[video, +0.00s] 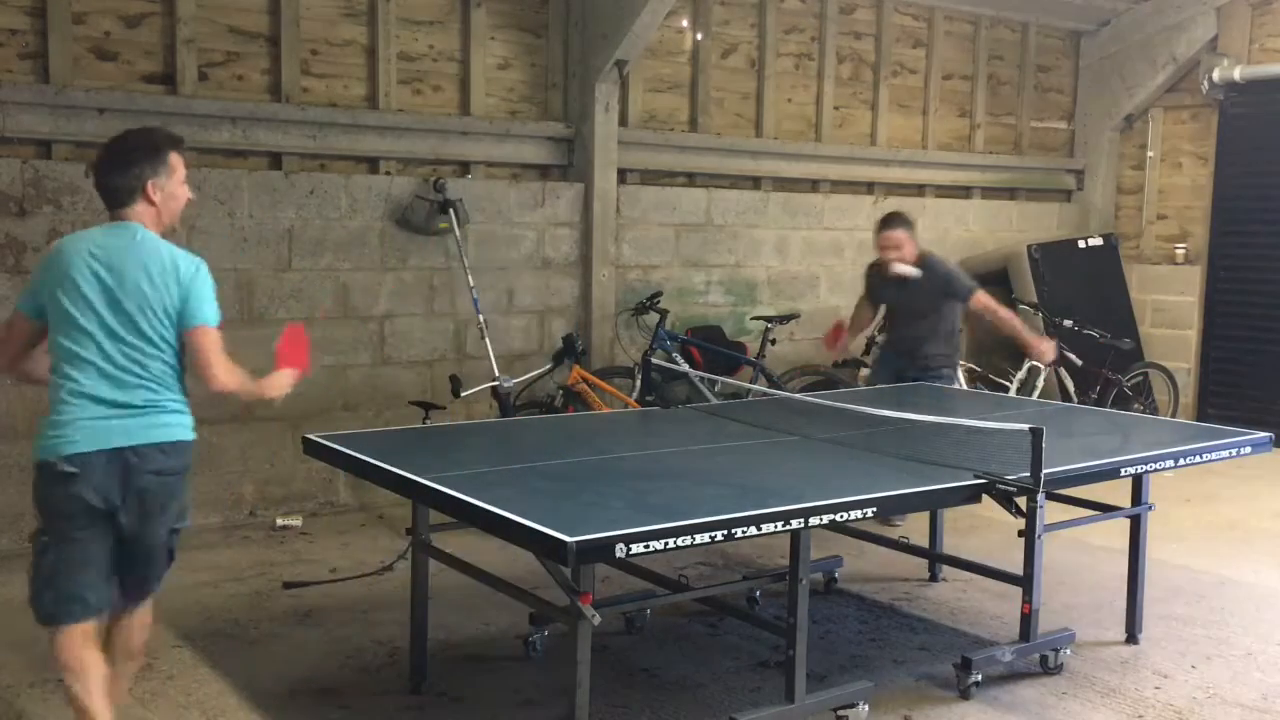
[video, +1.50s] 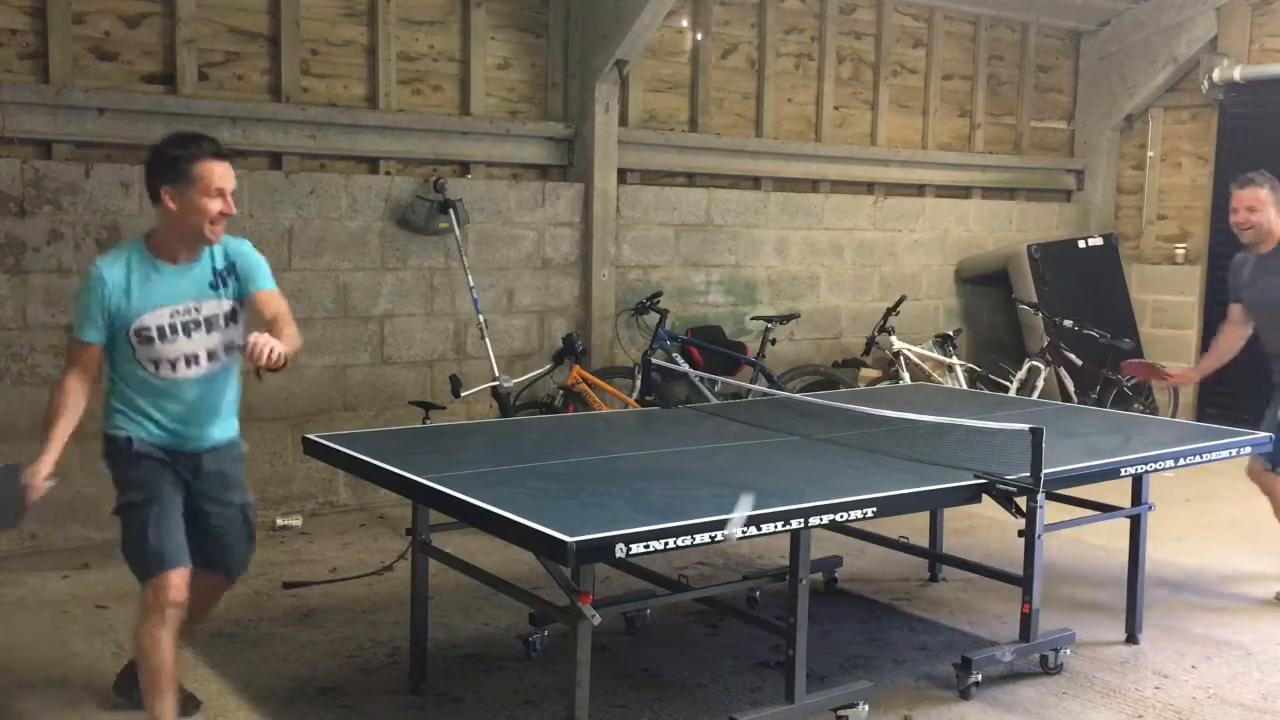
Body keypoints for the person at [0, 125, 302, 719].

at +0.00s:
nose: (189, 193)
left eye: (186, 179)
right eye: (181, 180)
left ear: (120, 191)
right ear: (151, 190)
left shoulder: (63, 256)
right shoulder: (186, 268)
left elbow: (14, 359)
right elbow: (214, 375)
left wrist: (78, 370)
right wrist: (264, 387)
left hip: (72, 455)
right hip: (159, 451)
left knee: (72, 619)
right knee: (137, 598)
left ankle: (98, 712)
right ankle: (108, 706)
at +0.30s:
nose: (160, 170)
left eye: (157, 156)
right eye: (151, 158)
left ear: (103, 170)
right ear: (113, 169)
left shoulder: (37, 234)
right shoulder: (115, 240)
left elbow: (10, 326)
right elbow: (112, 347)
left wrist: (50, 362)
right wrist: (166, 380)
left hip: (29, 408)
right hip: (80, 414)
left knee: (58, 533)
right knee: (121, 561)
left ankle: (40, 642)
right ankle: (63, 699)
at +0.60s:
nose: (130, 176)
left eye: (126, 163)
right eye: (118, 165)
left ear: (87, 178)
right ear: (82, 177)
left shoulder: (81, 243)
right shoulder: (55, 247)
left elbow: (75, 336)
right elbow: (29, 348)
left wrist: (131, 367)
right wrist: (113, 386)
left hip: (71, 411)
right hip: (46, 417)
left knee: (64, 536)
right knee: (97, 550)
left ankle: (21, 649)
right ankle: (46, 696)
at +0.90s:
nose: (142, 172)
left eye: (138, 161)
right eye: (130, 163)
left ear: (106, 180)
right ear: (93, 179)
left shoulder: (125, 259)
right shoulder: (56, 247)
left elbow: (150, 341)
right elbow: (21, 342)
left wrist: (199, 381)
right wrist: (106, 377)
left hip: (86, 416)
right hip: (40, 414)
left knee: (59, 539)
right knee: (87, 551)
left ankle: (21, 647)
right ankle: (75, 698)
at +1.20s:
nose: (181, 184)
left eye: (177, 172)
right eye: (166, 174)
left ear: (141, 189)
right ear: (124, 190)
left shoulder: (180, 264)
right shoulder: (78, 270)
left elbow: (202, 350)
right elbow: (44, 373)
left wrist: (219, 393)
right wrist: (116, 410)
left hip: (144, 435)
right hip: (78, 434)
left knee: (122, 549)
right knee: (112, 575)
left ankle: (54, 628)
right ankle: (100, 709)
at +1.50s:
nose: (228, 208)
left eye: (230, 194)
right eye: (215, 195)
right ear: (168, 198)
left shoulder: (239, 259)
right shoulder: (111, 277)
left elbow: (283, 322)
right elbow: (80, 375)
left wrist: (279, 343)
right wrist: (48, 458)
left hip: (218, 448)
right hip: (144, 449)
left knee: (222, 569)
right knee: (169, 587)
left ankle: (146, 667)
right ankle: (163, 711)